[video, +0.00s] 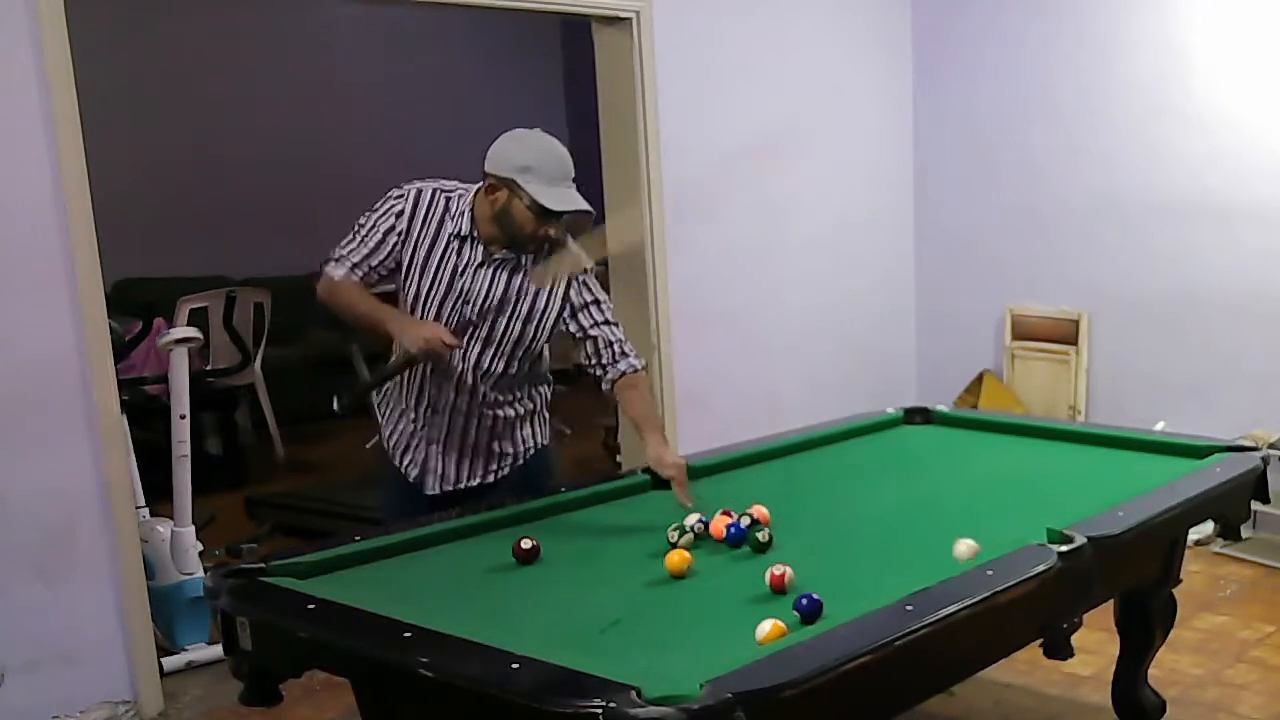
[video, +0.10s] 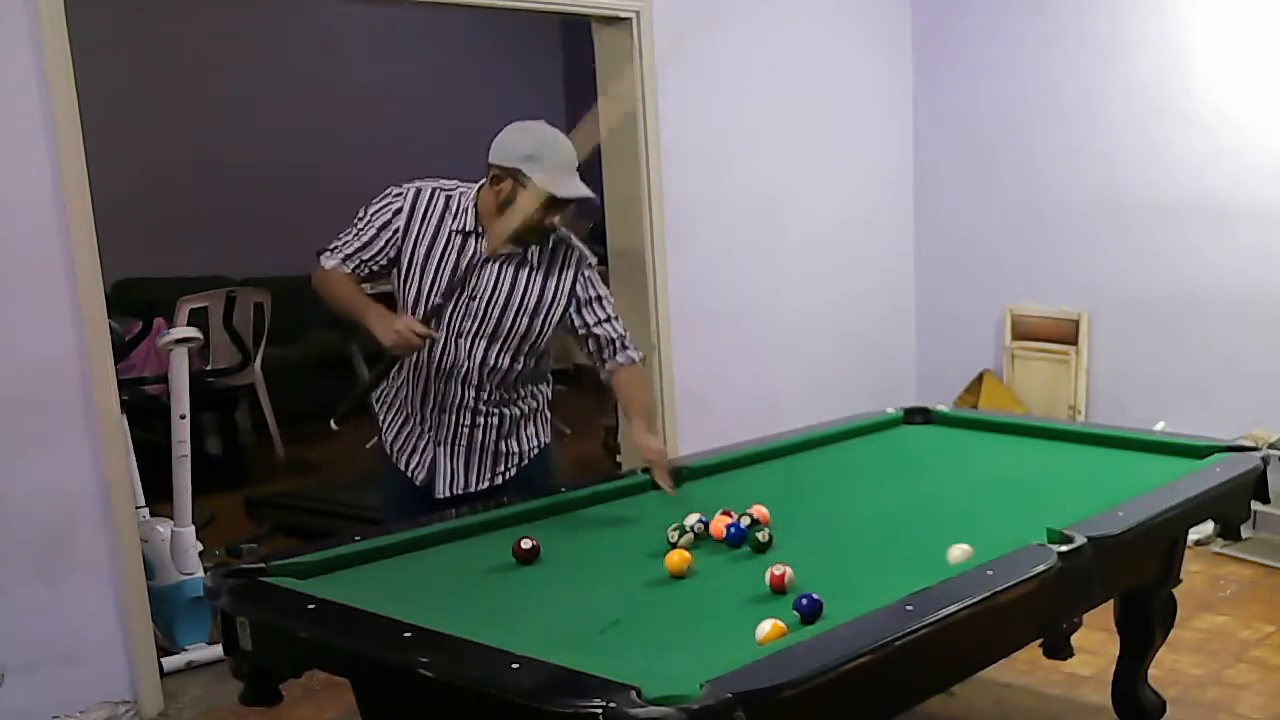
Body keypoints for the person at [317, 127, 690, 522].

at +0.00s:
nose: (555, 231)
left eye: (563, 217)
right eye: (544, 214)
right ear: (497, 193)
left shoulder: (564, 265)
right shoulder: (417, 208)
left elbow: (618, 360)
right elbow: (334, 282)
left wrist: (656, 442)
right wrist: (398, 325)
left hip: (514, 454)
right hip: (416, 447)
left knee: (528, 592)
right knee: (414, 597)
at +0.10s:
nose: (557, 220)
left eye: (563, 207)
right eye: (548, 205)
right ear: (500, 185)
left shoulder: (569, 264)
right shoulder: (413, 208)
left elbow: (617, 354)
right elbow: (328, 273)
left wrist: (641, 429)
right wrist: (377, 319)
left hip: (512, 444)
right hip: (415, 436)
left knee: (529, 584)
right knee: (414, 587)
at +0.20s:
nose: (555, 202)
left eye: (562, 189)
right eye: (544, 185)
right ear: (502, 167)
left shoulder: (566, 254)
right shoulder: (410, 206)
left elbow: (608, 339)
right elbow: (329, 269)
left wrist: (620, 413)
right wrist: (363, 320)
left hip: (514, 449)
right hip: (411, 442)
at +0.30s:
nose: (545, 187)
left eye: (551, 172)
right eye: (534, 169)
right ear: (494, 154)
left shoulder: (557, 246)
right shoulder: (399, 205)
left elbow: (590, 326)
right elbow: (327, 271)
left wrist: (593, 406)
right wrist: (358, 324)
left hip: (511, 448)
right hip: (411, 444)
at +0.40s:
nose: (527, 174)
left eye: (532, 160)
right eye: (513, 157)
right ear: (470, 144)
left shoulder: (542, 237)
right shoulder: (384, 206)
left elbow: (568, 319)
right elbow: (320, 281)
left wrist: (568, 394)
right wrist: (356, 330)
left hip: (507, 440)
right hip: (406, 437)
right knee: (408, 584)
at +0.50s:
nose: (500, 164)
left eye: (506, 150)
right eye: (485, 147)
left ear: (511, 150)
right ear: (443, 139)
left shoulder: (524, 229)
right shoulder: (368, 207)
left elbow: (547, 311)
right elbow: (310, 287)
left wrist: (548, 385)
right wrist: (350, 336)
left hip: (499, 436)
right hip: (402, 435)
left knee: (509, 573)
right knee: (408, 580)